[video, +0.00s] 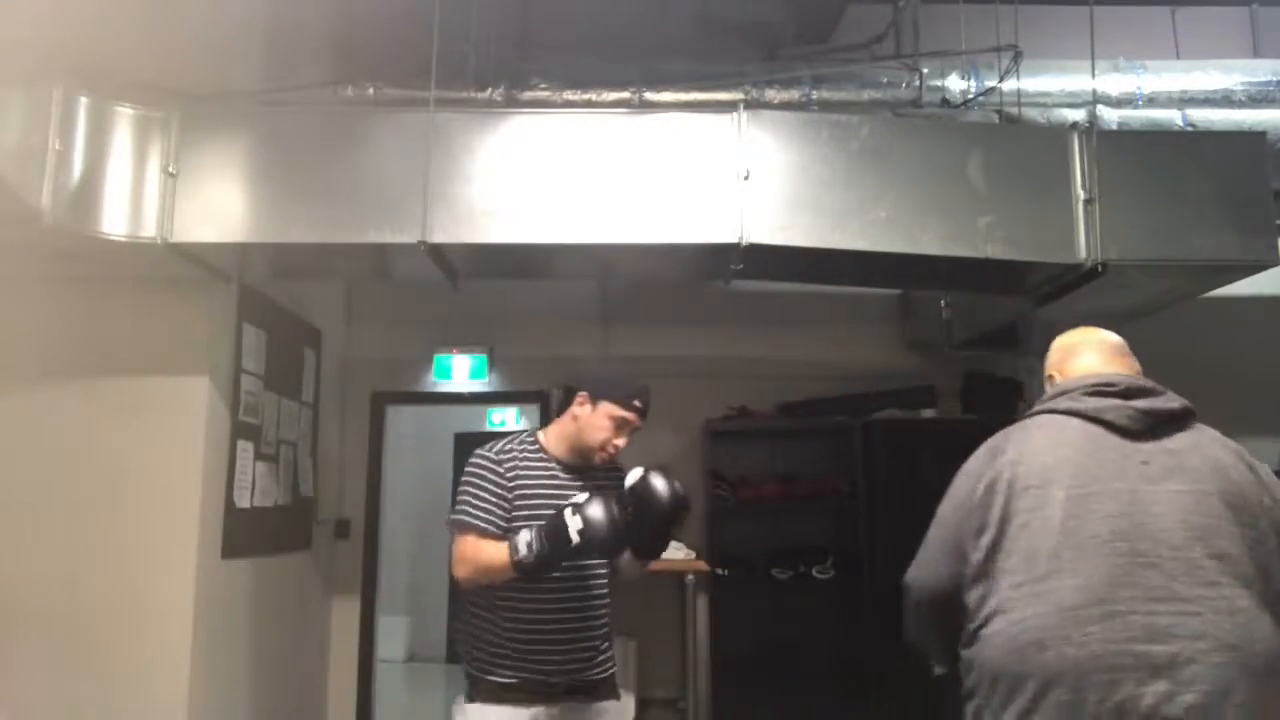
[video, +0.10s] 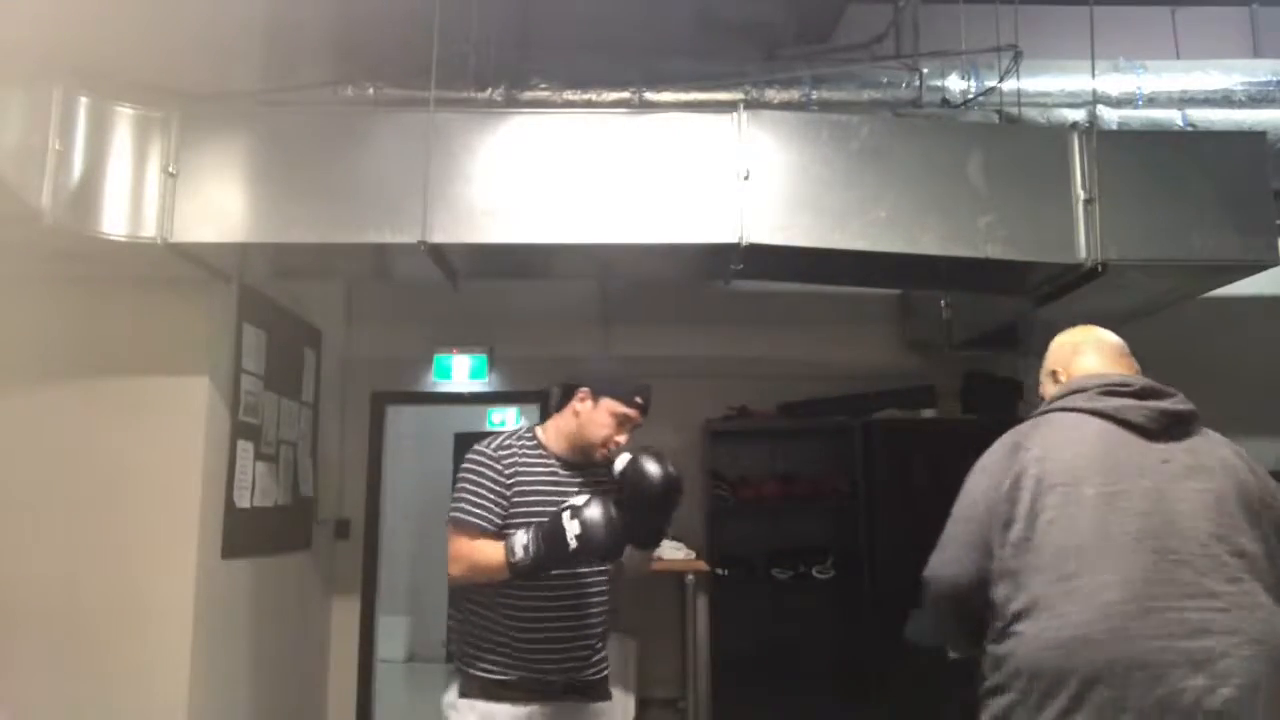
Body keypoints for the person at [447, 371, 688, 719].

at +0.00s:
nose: (622, 443)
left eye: (630, 433)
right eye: (618, 425)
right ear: (581, 404)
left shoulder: (610, 475)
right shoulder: (496, 462)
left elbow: (625, 570)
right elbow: (467, 565)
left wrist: (651, 532)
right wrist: (562, 533)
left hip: (593, 692)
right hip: (508, 694)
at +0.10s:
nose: (624, 440)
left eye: (631, 430)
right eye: (619, 421)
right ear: (581, 400)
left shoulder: (608, 472)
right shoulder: (495, 457)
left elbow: (630, 567)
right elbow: (456, 561)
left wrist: (648, 520)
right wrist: (550, 540)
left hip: (586, 696)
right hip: (498, 698)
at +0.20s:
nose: (613, 438)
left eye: (620, 427)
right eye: (609, 419)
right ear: (569, 399)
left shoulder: (600, 472)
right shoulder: (484, 457)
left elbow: (622, 566)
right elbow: (453, 566)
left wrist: (636, 512)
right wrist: (539, 542)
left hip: (573, 697)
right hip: (484, 697)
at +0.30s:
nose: (591, 438)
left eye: (598, 427)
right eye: (585, 419)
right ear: (544, 399)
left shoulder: (574, 476)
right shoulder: (461, 462)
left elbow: (591, 577)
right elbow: (435, 574)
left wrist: (609, 530)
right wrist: (527, 541)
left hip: (557, 702)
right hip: (466, 703)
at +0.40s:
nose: (559, 446)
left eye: (566, 433)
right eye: (553, 427)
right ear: (511, 407)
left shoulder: (536, 482)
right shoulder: (424, 474)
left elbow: (550, 576)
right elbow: (408, 589)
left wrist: (577, 554)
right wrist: (500, 553)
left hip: (528, 699)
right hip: (445, 703)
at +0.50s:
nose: (527, 451)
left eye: (533, 440)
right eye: (520, 432)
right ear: (477, 412)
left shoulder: (497, 492)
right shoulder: (390, 480)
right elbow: (382, 594)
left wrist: (548, 573)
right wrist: (477, 556)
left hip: (488, 704)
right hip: (405, 707)